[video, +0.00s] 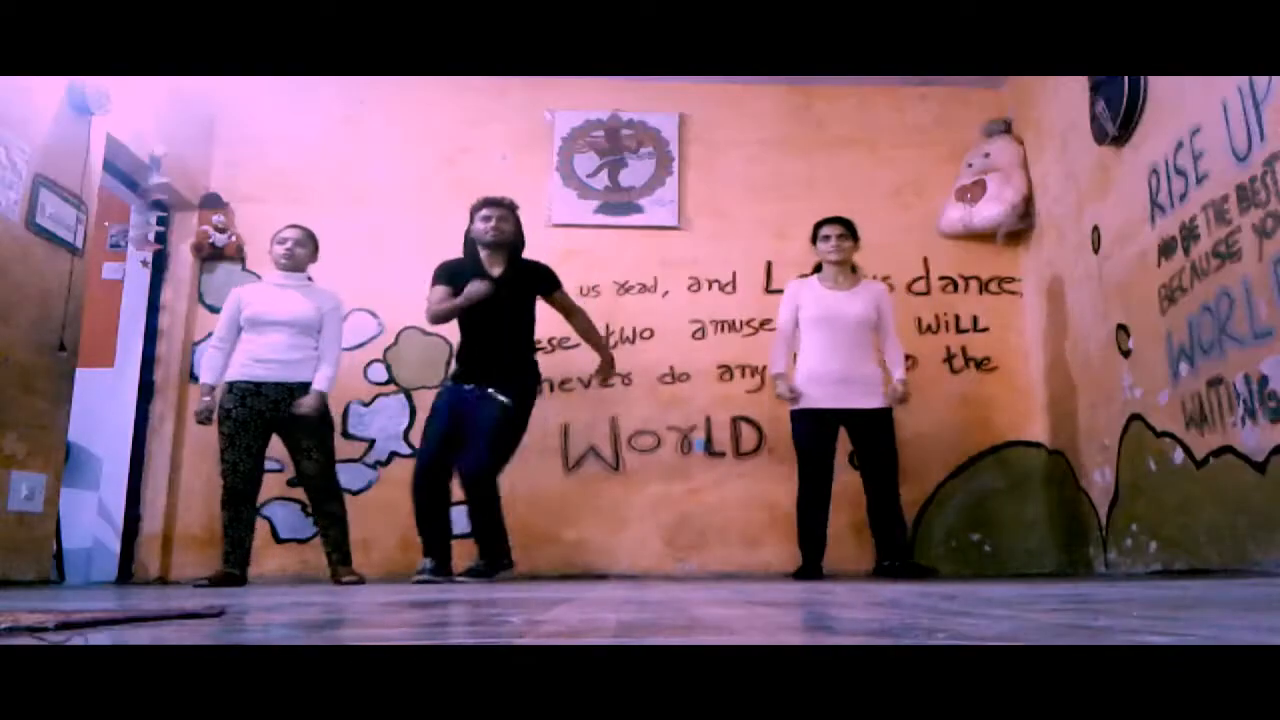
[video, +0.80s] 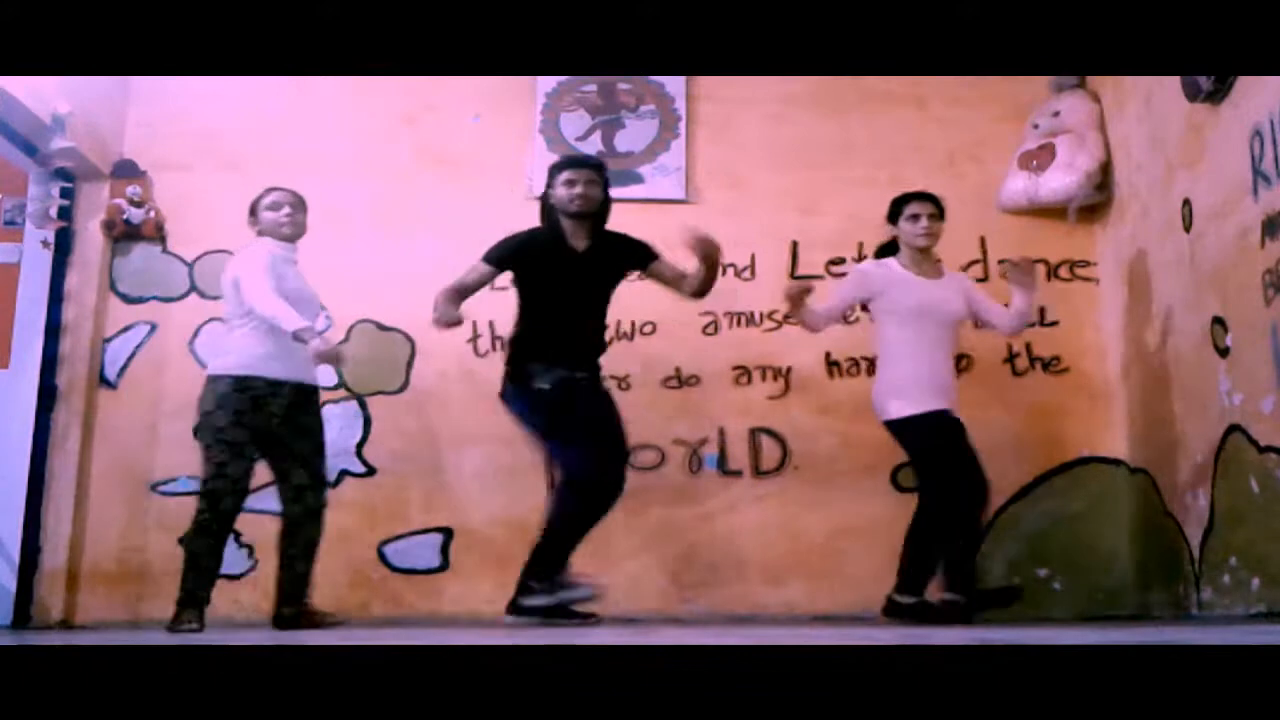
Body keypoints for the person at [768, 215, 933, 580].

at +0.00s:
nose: (834, 244)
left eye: (842, 238)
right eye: (827, 239)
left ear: (854, 246)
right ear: (815, 248)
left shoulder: (875, 291)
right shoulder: (798, 290)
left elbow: (889, 339)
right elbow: (783, 336)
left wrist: (899, 375)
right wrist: (780, 375)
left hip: (868, 403)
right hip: (813, 403)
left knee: (883, 486)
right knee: (813, 487)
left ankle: (892, 560)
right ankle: (811, 563)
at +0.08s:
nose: (834, 245)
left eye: (842, 239)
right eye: (825, 240)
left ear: (854, 247)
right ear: (814, 249)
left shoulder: (874, 292)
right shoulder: (797, 289)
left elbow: (896, 333)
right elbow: (777, 333)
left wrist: (902, 358)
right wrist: (761, 371)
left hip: (867, 402)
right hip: (816, 402)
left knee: (871, 483)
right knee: (819, 483)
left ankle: (855, 559)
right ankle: (811, 563)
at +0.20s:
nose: (879, 227)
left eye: (888, 220)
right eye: (869, 221)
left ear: (901, 230)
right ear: (854, 231)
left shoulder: (922, 283)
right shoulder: (833, 278)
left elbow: (957, 334)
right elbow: (798, 329)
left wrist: (938, 303)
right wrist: (762, 371)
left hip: (910, 405)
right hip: (860, 401)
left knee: (908, 500)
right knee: (897, 491)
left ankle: (884, 595)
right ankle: (853, 587)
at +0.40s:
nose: (892, 226)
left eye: (900, 219)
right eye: (881, 220)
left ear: (912, 230)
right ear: (865, 230)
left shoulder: (932, 277)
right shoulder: (843, 279)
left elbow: (977, 312)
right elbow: (801, 325)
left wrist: (976, 275)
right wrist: (765, 360)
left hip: (919, 404)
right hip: (868, 401)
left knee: (918, 499)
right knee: (911, 494)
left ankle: (895, 595)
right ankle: (918, 596)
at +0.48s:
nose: (893, 226)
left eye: (901, 220)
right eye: (882, 220)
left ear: (913, 230)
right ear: (865, 231)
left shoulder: (938, 280)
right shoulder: (846, 281)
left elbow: (996, 313)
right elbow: (813, 335)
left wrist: (1039, 301)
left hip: (932, 406)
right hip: (869, 407)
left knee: (931, 504)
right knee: (887, 504)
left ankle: (899, 594)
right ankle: (908, 599)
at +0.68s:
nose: (911, 225)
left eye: (919, 218)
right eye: (900, 218)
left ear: (929, 227)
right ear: (883, 227)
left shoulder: (945, 280)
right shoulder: (868, 274)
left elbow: (984, 323)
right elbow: (829, 321)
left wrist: (1030, 316)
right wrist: (855, 281)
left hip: (950, 406)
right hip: (892, 405)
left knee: (945, 508)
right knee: (911, 503)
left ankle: (924, 600)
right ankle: (911, 602)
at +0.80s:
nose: (925, 225)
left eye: (932, 219)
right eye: (914, 219)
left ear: (942, 228)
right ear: (896, 228)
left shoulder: (956, 284)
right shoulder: (876, 274)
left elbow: (1009, 323)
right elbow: (820, 320)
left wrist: (1026, 290)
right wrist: (799, 307)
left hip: (940, 402)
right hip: (902, 400)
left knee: (941, 494)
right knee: (969, 485)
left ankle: (907, 593)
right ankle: (958, 590)